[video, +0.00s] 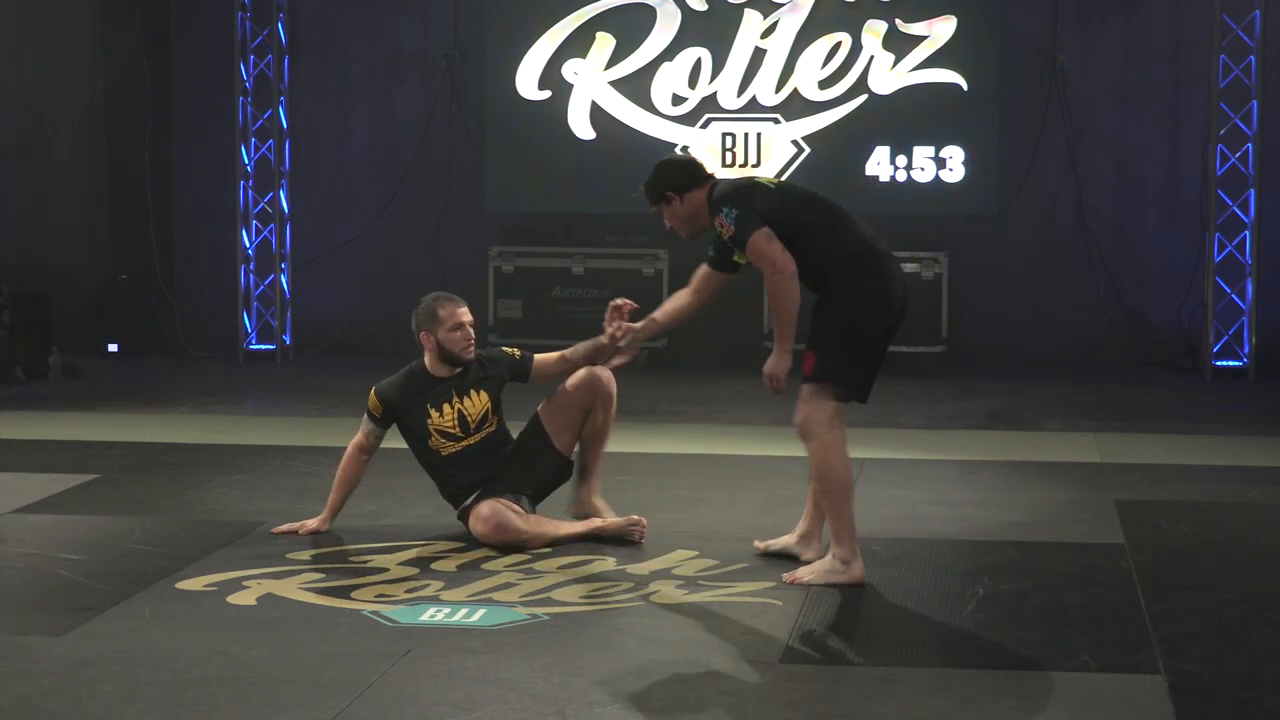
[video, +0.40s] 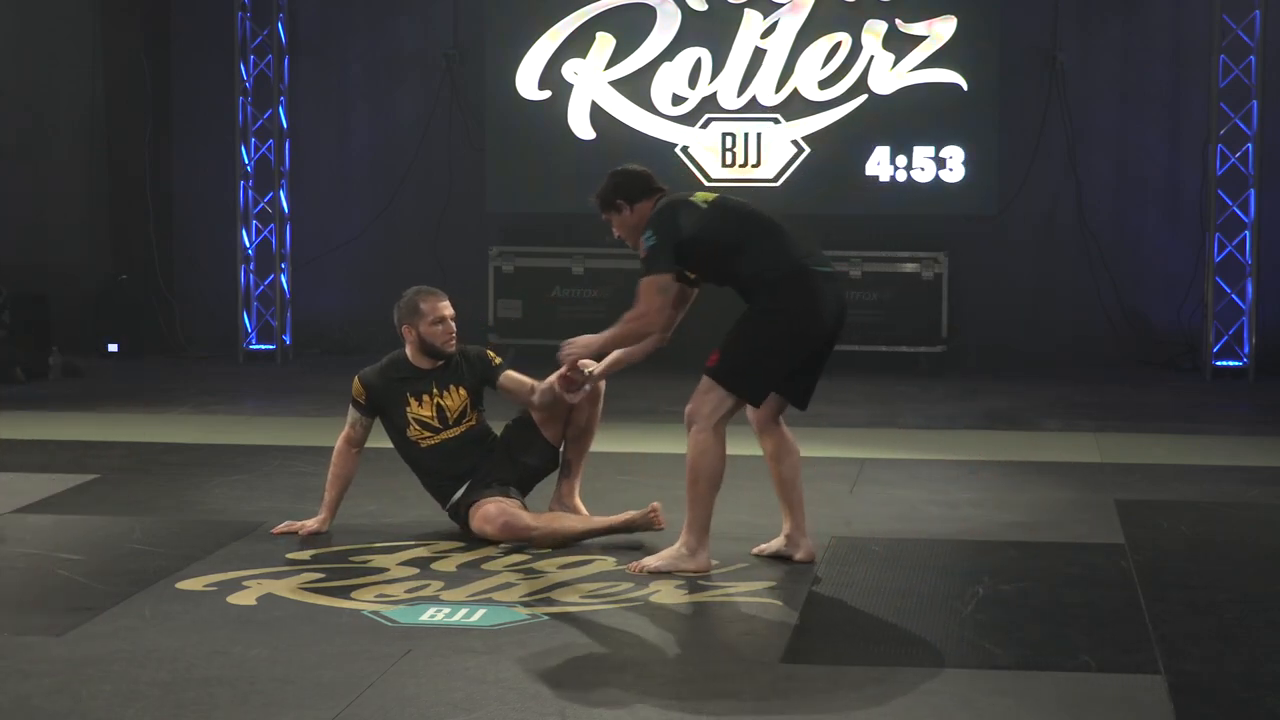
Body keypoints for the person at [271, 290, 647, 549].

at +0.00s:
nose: (471, 335)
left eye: (471, 326)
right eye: (459, 329)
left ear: (472, 328)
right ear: (428, 338)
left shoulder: (490, 362)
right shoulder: (394, 395)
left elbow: (563, 361)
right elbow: (360, 451)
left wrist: (608, 342)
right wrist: (325, 517)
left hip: (520, 465)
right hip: (482, 496)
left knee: (595, 382)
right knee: (491, 526)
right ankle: (591, 529)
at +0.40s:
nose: (452, 329)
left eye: (452, 320)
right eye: (441, 324)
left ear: (451, 321)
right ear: (410, 330)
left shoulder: (470, 358)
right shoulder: (375, 383)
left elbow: (535, 394)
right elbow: (349, 446)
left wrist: (564, 382)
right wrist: (324, 517)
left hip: (503, 455)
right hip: (467, 491)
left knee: (585, 383)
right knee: (501, 524)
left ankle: (566, 496)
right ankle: (620, 523)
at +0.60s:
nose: (451, 335)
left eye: (451, 325)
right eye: (440, 329)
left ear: (450, 325)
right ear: (408, 337)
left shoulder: (467, 362)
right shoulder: (374, 388)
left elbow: (522, 411)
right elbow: (347, 448)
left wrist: (555, 414)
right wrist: (323, 518)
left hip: (502, 449)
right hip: (472, 493)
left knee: (570, 381)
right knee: (551, 511)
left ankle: (563, 503)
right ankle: (678, 510)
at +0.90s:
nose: (461, 335)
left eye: (459, 326)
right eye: (449, 330)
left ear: (455, 331)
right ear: (418, 342)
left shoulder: (478, 358)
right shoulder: (392, 396)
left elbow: (548, 336)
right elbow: (346, 447)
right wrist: (361, 510)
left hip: (518, 448)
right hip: (492, 493)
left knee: (574, 391)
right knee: (590, 454)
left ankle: (586, 509)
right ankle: (711, 428)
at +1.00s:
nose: (457, 337)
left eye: (453, 329)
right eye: (444, 335)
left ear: (455, 331)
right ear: (417, 355)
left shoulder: (472, 353)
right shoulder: (405, 415)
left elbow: (531, 320)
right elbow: (376, 491)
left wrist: (574, 271)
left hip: (520, 460)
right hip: (499, 500)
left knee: (574, 359)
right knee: (575, 433)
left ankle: (591, 492)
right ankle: (694, 411)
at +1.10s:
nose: (439, 349)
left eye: (435, 343)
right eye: (427, 346)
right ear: (400, 363)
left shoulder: (449, 369)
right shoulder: (401, 431)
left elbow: (504, 330)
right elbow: (410, 511)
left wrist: (541, 280)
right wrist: (440, 532)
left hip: (518, 464)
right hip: (513, 500)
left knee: (539, 354)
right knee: (548, 394)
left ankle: (599, 467)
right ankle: (647, 398)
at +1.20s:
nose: (407, 372)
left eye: (402, 366)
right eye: (395, 369)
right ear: (373, 392)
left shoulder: (420, 398)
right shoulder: (384, 451)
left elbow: (461, 349)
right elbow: (412, 523)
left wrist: (497, 302)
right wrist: (427, 498)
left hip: (515, 475)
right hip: (507, 500)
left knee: (488, 353)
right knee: (488, 380)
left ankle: (589, 431)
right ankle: (601, 400)